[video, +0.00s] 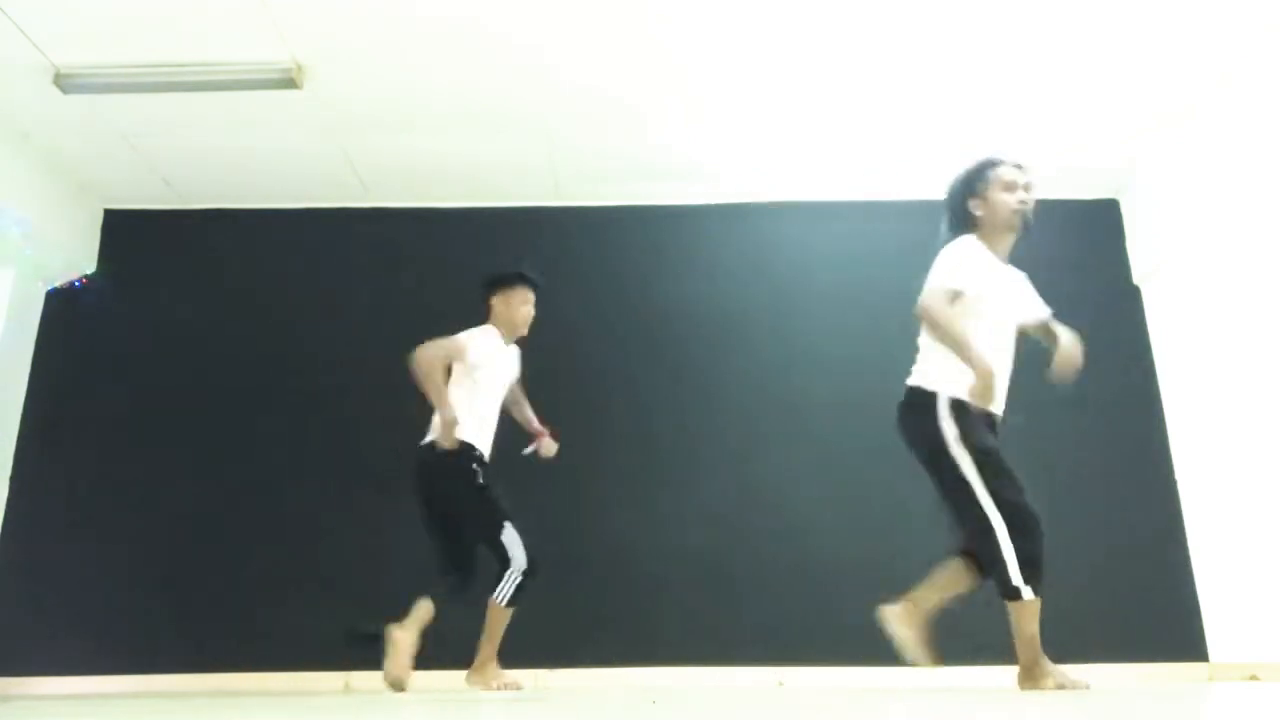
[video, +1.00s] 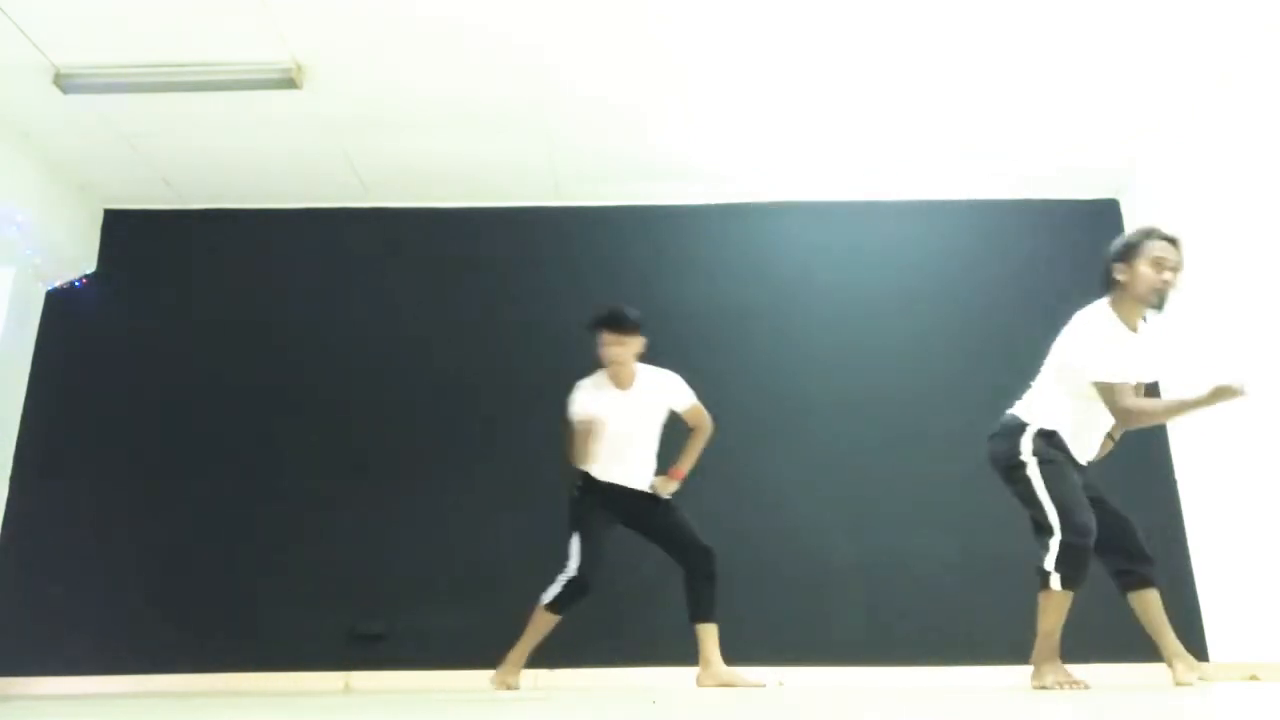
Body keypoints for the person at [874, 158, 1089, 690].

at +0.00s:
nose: (1026, 197)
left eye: (1027, 188)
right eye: (1011, 188)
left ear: (1027, 204)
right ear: (976, 203)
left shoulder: (1014, 281)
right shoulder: (960, 252)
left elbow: (1048, 329)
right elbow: (931, 308)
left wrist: (1066, 343)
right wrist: (979, 363)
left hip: (974, 412)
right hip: (939, 404)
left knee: (996, 534)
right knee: (1015, 526)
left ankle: (910, 612)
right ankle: (1033, 668)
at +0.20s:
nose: (1032, 218)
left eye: (1041, 209)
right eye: (1019, 210)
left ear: (1052, 223)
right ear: (995, 225)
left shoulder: (1067, 297)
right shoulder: (966, 291)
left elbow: (1116, 361)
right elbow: (904, 357)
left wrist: (1071, 404)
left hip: (1021, 432)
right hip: (959, 428)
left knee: (1108, 517)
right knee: (1029, 529)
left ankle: (1053, 626)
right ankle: (1038, 669)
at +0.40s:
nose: (1038, 234)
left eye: (1046, 224)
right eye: (1024, 226)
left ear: (1059, 236)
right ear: (1001, 242)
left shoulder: (1084, 302)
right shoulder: (977, 306)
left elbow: (1140, 363)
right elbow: (905, 353)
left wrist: (1095, 416)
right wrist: (826, 355)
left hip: (1051, 442)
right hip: (988, 436)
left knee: (1139, 526)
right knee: (1047, 529)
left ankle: (1069, 629)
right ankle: (1042, 665)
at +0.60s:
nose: (1060, 251)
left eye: (1069, 242)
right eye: (1047, 241)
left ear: (1080, 250)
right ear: (1021, 252)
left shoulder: (1099, 309)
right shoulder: (999, 313)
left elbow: (1148, 368)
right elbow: (941, 360)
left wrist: (1104, 424)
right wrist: (875, 350)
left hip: (1061, 448)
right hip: (1001, 439)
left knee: (1148, 529)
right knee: (1053, 531)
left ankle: (1075, 628)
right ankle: (1044, 665)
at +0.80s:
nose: (1106, 262)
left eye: (1114, 253)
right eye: (1094, 251)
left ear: (1121, 263)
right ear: (1061, 261)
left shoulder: (1117, 319)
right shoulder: (1037, 321)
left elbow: (1145, 379)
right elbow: (1066, 386)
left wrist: (1107, 431)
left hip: (1060, 452)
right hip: (1009, 442)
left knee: (1138, 529)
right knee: (1060, 532)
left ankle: (1179, 653)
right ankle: (1045, 666)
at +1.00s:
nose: (1168, 277)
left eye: (1174, 270)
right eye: (1158, 265)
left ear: (1177, 277)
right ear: (1121, 270)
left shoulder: (1139, 335)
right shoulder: (1096, 323)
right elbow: (1126, 410)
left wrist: (1113, 426)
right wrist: (1203, 401)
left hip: (1063, 453)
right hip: (1028, 438)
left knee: (1120, 538)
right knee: (1073, 530)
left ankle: (1179, 660)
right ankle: (1045, 663)